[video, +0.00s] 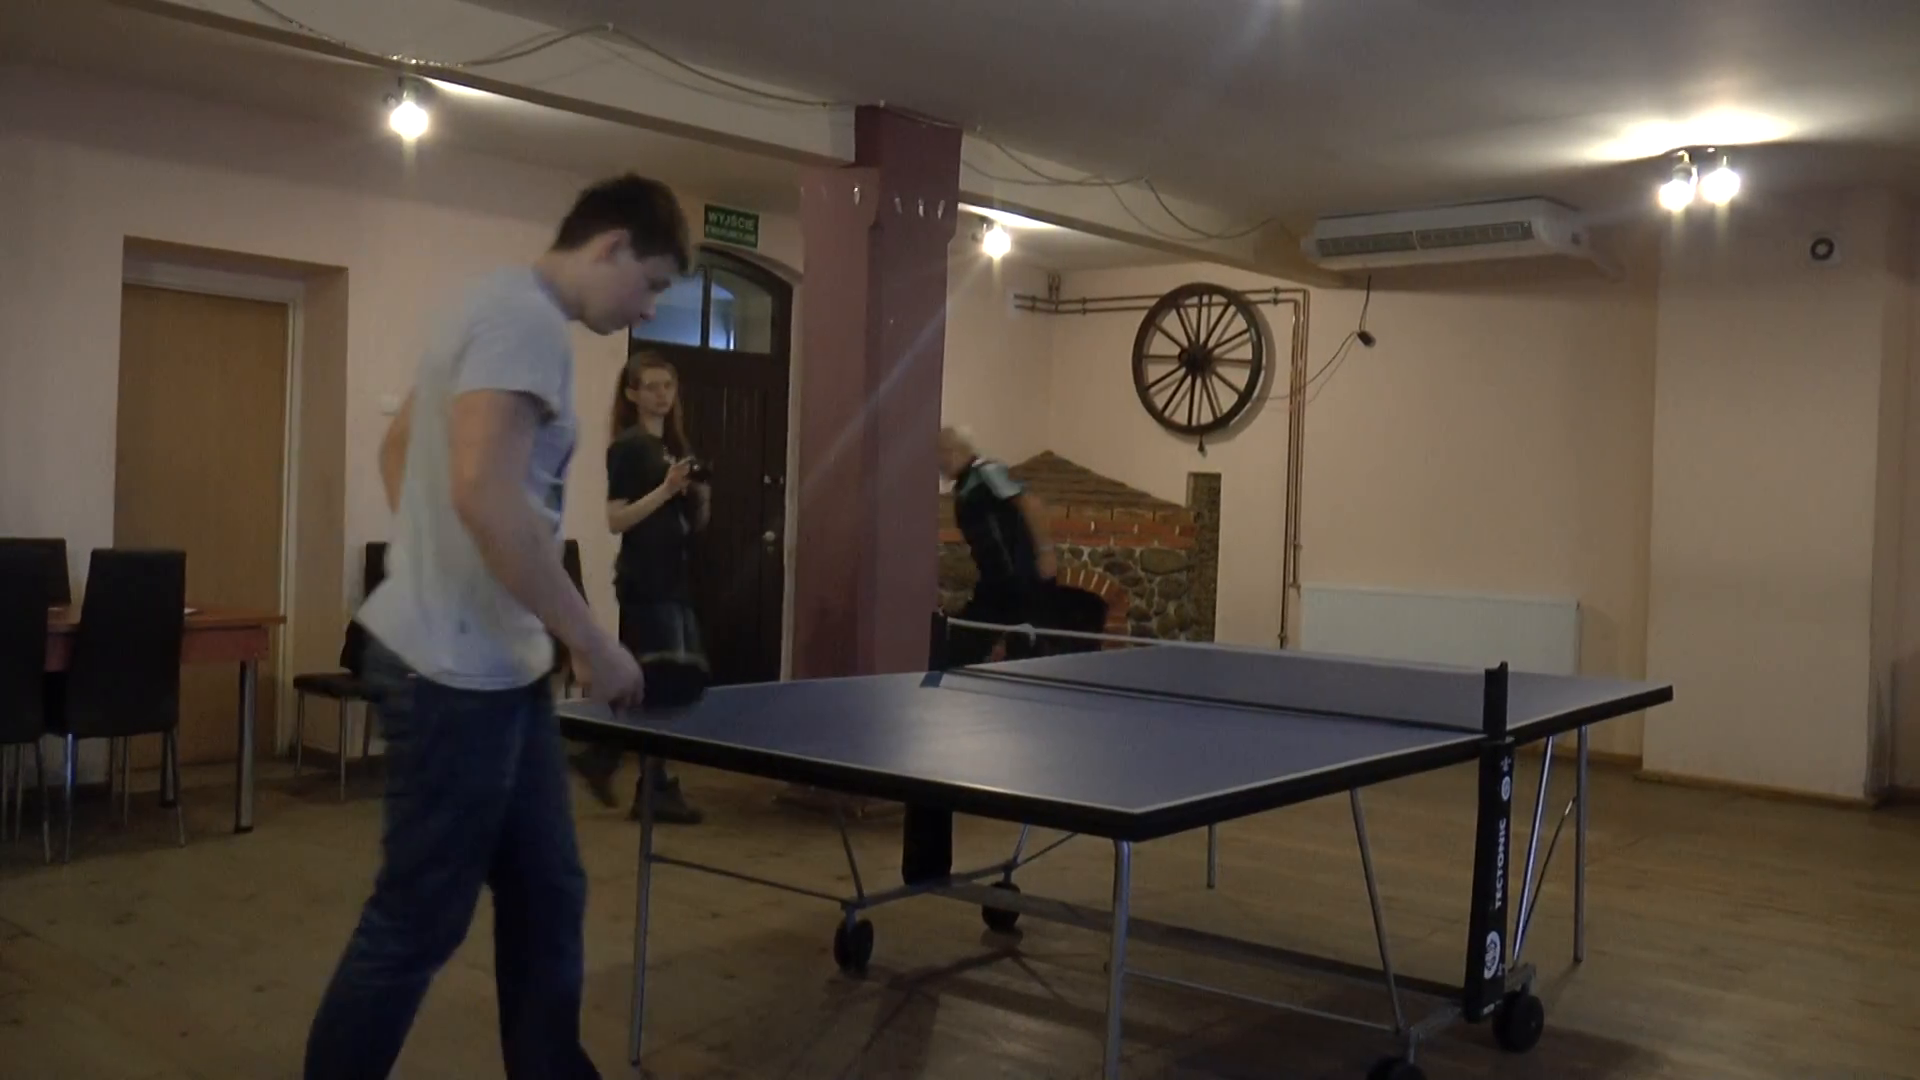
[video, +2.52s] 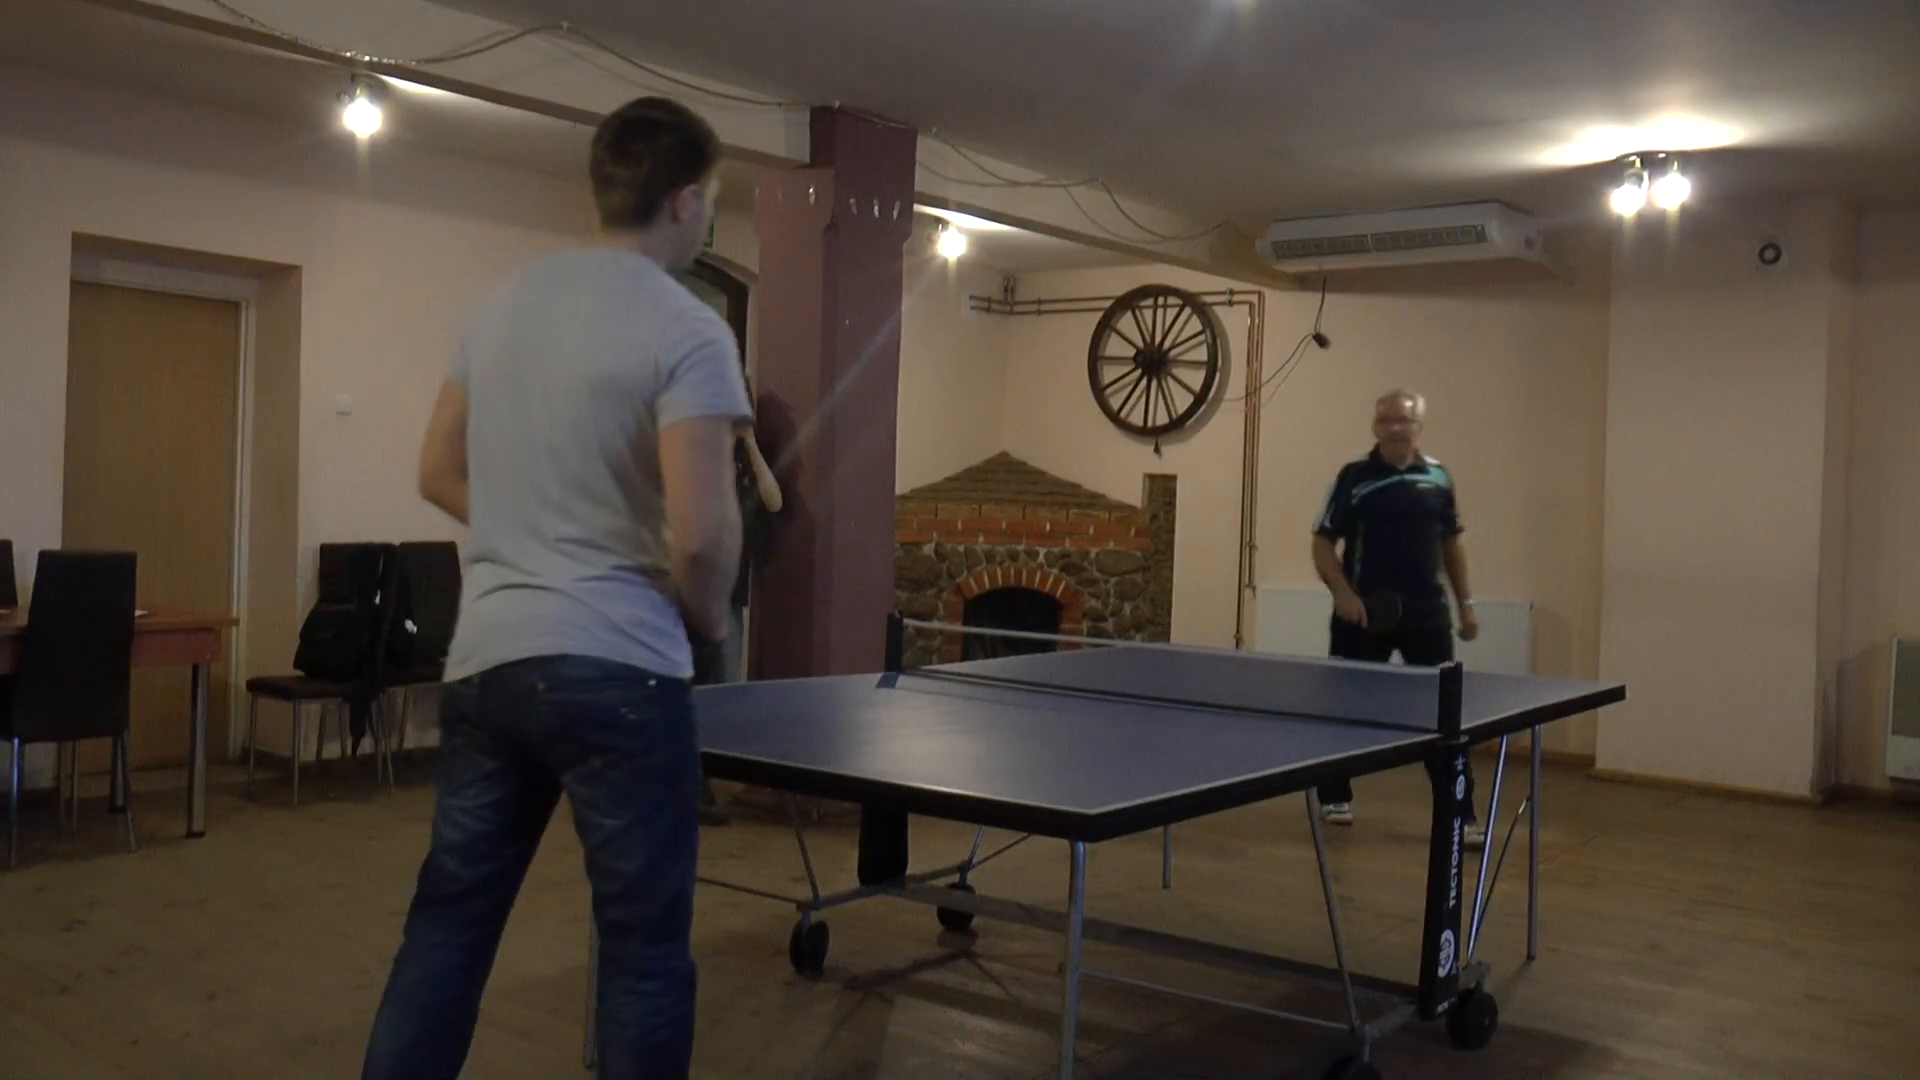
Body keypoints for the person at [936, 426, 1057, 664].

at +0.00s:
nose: (941, 462)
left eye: (944, 453)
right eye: (939, 455)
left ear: (959, 451)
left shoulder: (988, 472)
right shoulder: (961, 487)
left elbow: (1028, 504)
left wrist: (1045, 552)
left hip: (1019, 573)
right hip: (992, 577)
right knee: (965, 645)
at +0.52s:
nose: (1071, 429)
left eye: (1078, 422)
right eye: (1064, 422)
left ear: (1087, 428)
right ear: (1050, 426)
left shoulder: (1103, 465)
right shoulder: (1030, 465)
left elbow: (1117, 515)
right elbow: (1006, 518)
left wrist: (1110, 554)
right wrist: (999, 571)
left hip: (1087, 576)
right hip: (1042, 576)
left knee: (1075, 658)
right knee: (1039, 658)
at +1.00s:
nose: (1139, 433)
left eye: (1144, 424)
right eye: (1131, 425)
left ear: (1149, 427)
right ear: (1111, 429)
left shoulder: (1156, 464)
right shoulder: (1092, 469)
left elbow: (1182, 507)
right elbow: (1068, 525)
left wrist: (1152, 470)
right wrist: (1069, 578)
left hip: (1149, 584)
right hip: (1103, 585)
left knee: (1152, 665)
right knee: (1102, 665)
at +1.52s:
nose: (1222, 429)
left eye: (1229, 422)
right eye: (1214, 422)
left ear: (1239, 428)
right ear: (1201, 426)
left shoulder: (1249, 474)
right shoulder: (1179, 470)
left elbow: (1254, 525)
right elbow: (1154, 528)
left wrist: (1269, 544)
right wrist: (1157, 585)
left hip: (1237, 595)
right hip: (1189, 594)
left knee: (1233, 677)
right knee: (1187, 676)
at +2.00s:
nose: (1303, 432)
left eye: (1310, 424)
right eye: (1294, 424)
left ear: (1320, 431)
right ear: (1278, 431)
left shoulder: (1328, 475)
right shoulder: (1257, 478)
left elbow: (1353, 531)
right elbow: (1224, 540)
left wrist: (1352, 542)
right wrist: (1209, 602)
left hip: (1319, 603)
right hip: (1279, 606)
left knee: (1292, 691)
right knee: (1315, 694)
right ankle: (1331, 793)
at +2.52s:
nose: (1393, 428)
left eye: (1402, 421)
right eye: (1385, 421)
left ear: (1419, 427)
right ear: (1374, 426)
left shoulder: (1437, 477)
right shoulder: (1354, 478)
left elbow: (1452, 542)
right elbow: (1323, 545)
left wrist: (1464, 603)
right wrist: (1343, 594)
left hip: (1426, 614)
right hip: (1363, 614)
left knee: (1444, 709)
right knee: (1345, 703)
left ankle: (1459, 812)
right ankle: (1335, 794)